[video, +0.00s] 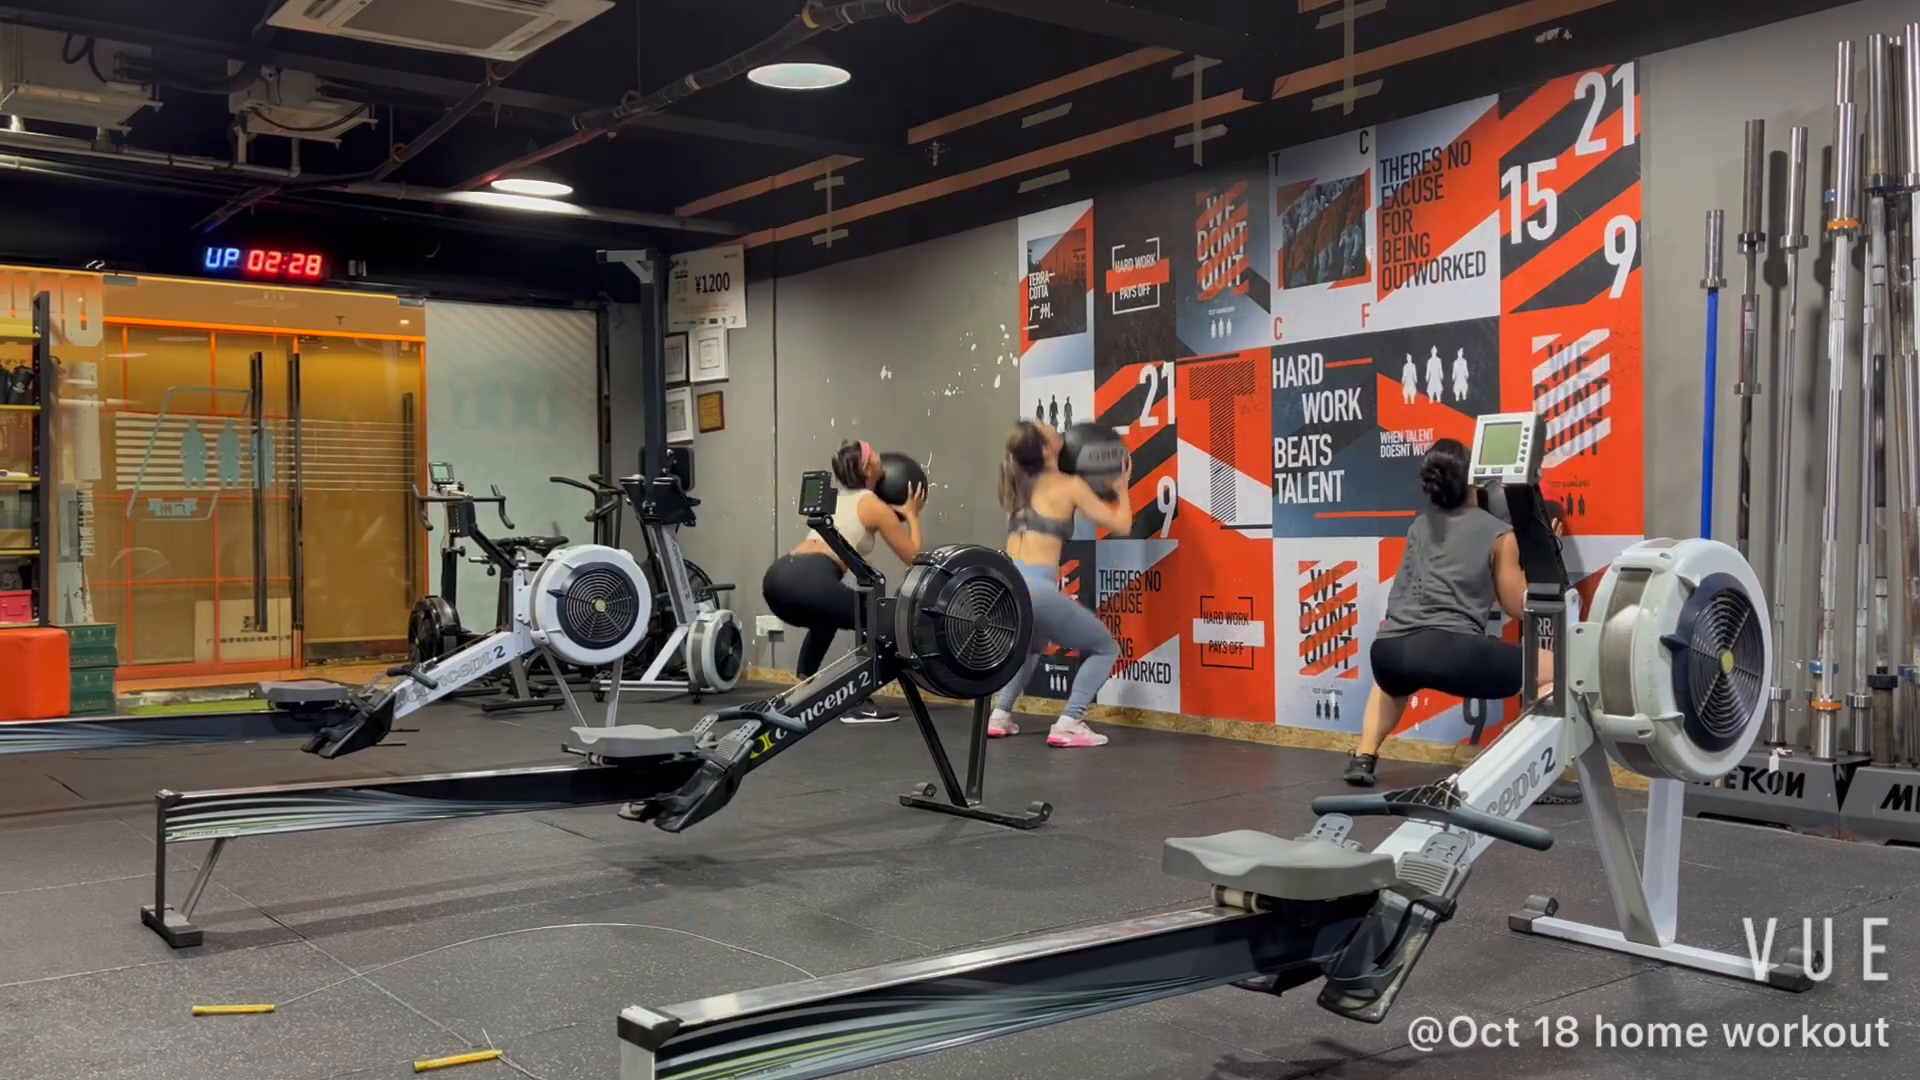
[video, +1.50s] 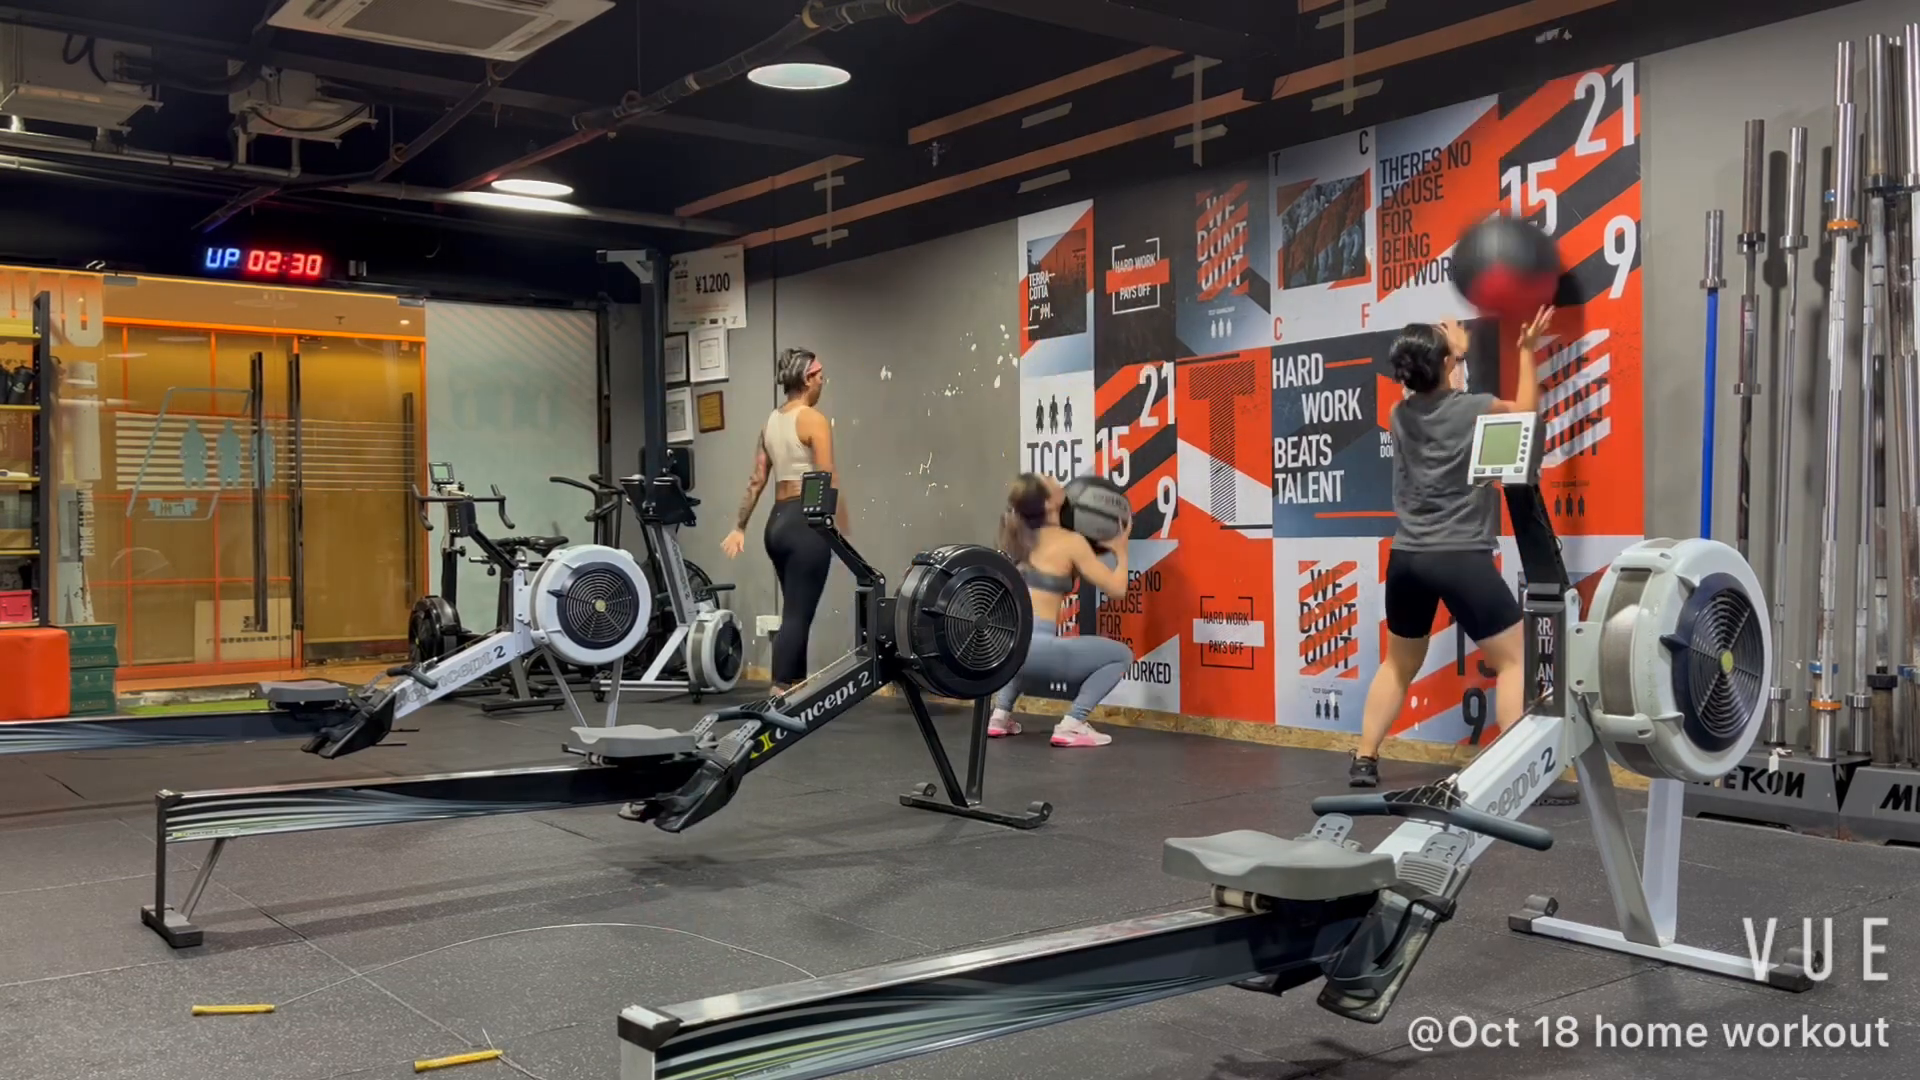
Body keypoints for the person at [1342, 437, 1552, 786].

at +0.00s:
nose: (1480, 476)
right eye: (1475, 470)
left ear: (1430, 482)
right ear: (1473, 480)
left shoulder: (1419, 525)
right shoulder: (1497, 533)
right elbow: (1517, 606)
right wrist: (1545, 546)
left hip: (1391, 650)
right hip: (1452, 651)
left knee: (1392, 681)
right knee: (1551, 667)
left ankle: (1363, 758)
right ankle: (1542, 772)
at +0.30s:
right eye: (1476, 460)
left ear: (1429, 470)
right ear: (1474, 469)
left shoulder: (1416, 514)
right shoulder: (1495, 522)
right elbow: (1513, 595)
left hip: (1387, 634)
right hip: (1448, 635)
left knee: (1389, 681)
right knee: (1544, 671)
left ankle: (1362, 759)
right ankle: (1521, 770)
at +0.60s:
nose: (1450, 352)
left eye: (1442, 346)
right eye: (1446, 348)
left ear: (1406, 363)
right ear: (1445, 358)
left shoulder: (1401, 407)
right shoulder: (1477, 402)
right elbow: (1523, 454)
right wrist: (1519, 391)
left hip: (1409, 547)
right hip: (1467, 544)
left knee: (1397, 647)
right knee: (1513, 646)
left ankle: (1364, 747)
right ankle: (1533, 763)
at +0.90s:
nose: (1455, 340)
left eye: (1444, 335)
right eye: (1450, 336)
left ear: (1403, 355)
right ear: (1447, 350)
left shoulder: (1400, 391)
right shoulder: (1469, 384)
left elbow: (1399, 324)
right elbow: (1481, 303)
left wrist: (1404, 258)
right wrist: (1470, 234)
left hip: (1415, 535)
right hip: (1468, 533)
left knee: (1403, 647)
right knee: (1507, 644)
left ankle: (1368, 746)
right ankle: (1528, 757)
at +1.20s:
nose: (1454, 353)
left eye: (1448, 348)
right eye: (1450, 350)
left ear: (1409, 368)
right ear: (1445, 363)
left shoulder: (1399, 400)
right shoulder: (1473, 394)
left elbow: (1397, 363)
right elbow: (1535, 356)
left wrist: (1412, 314)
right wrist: (1553, 289)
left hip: (1417, 554)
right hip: (1471, 553)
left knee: (1398, 663)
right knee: (1496, 665)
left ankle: (1362, 760)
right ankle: (1523, 772)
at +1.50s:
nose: (1460, 336)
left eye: (1453, 334)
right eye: (1454, 338)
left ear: (1414, 371)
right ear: (1451, 364)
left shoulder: (1402, 414)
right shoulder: (1476, 407)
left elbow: (1437, 395)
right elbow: (1526, 414)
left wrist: (1451, 351)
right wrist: (1528, 354)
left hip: (1407, 561)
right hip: (1464, 562)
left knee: (1398, 665)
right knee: (1512, 662)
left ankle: (1363, 760)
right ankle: (1516, 772)